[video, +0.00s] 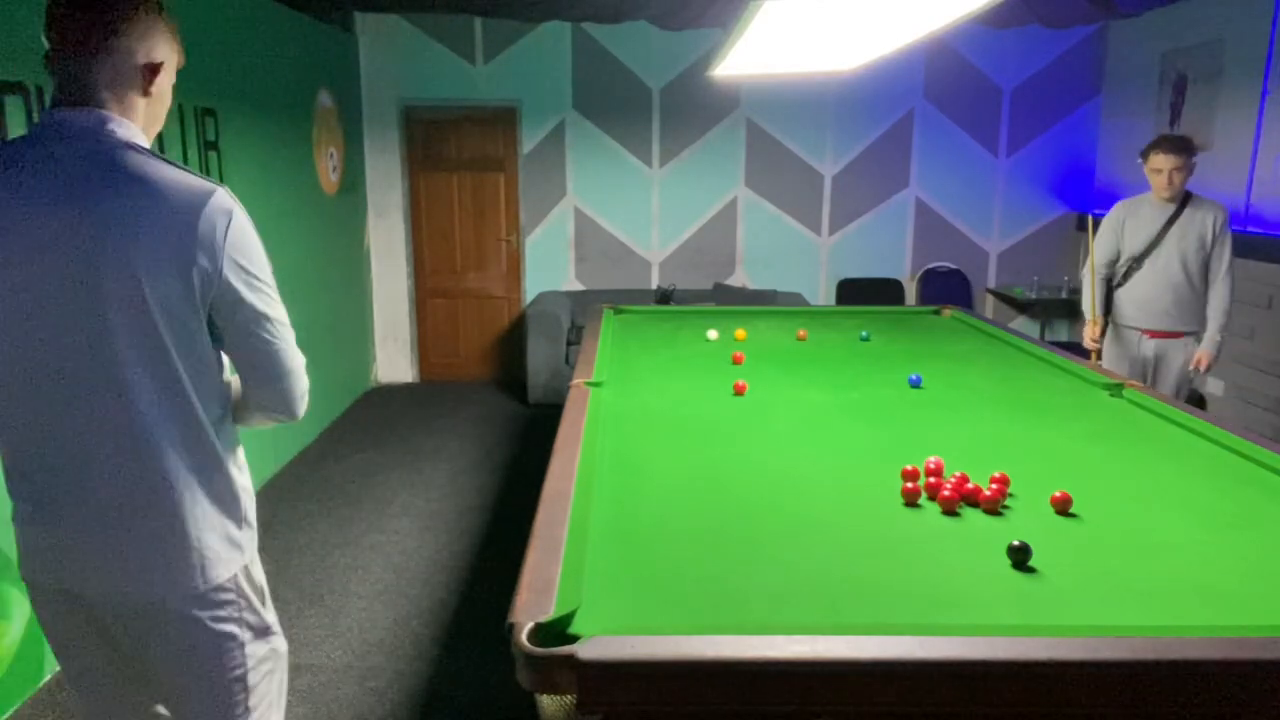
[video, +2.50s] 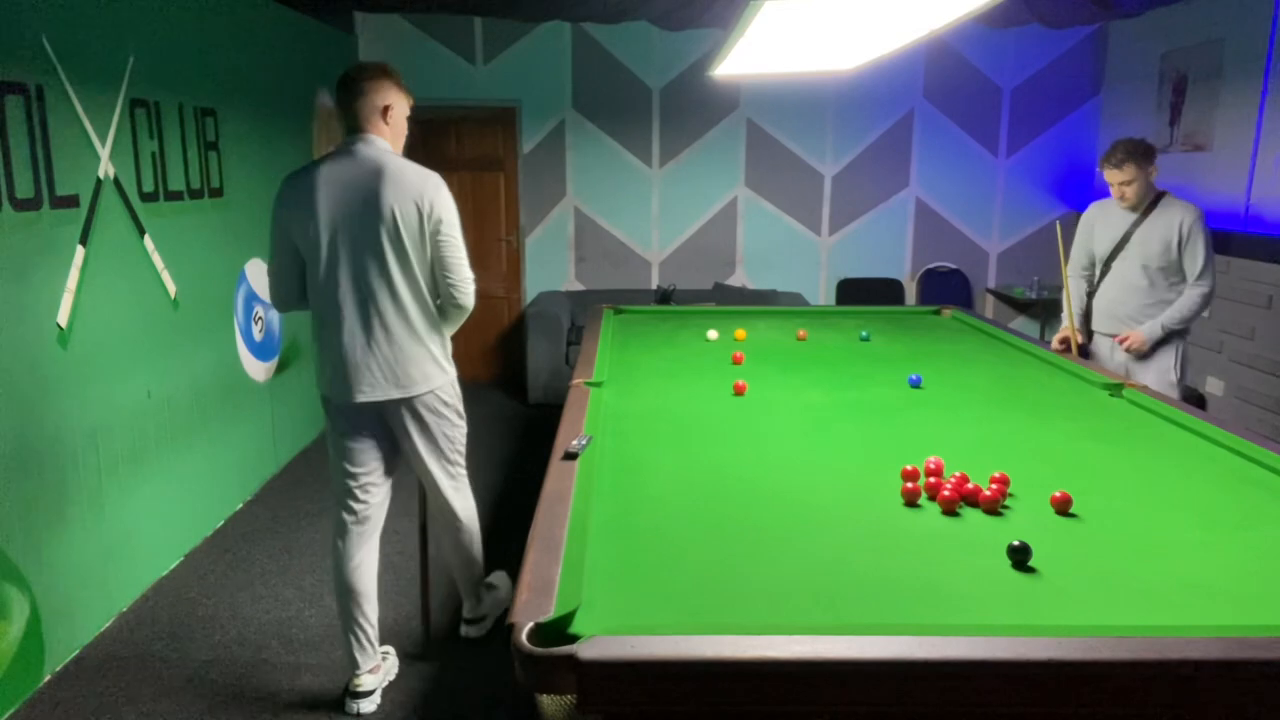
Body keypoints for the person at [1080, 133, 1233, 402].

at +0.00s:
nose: (1167, 180)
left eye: (1175, 171)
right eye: (1157, 171)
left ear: (1190, 170)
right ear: (1145, 171)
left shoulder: (1212, 217)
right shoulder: (1122, 213)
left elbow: (1220, 284)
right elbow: (1095, 269)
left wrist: (1210, 342)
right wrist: (1093, 318)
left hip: (1178, 348)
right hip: (1122, 342)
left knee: (1162, 434)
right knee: (1111, 430)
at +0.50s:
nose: (1145, 177)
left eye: (1154, 168)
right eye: (1136, 169)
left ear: (1168, 169)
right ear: (1123, 170)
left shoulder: (1190, 217)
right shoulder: (1099, 215)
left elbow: (1202, 283)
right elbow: (1073, 274)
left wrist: (1191, 335)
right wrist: (1078, 323)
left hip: (1166, 348)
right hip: (1106, 346)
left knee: (1166, 436)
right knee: (1100, 434)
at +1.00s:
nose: (1154, 187)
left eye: (1165, 178)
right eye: (1149, 178)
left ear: (1192, 172)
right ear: (1144, 172)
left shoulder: (1217, 222)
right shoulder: (1131, 212)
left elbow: (1228, 297)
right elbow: (1106, 274)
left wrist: (1174, 340)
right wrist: (1088, 328)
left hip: (1173, 361)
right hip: (1120, 351)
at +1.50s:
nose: (1160, 190)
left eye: (1170, 181)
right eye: (1158, 181)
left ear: (1201, 174)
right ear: (1155, 176)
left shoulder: (1227, 224)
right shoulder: (1153, 213)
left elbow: (1233, 302)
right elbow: (1127, 276)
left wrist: (1172, 343)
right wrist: (1094, 329)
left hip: (1182, 366)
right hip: (1131, 352)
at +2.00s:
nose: (1130, 189)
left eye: (1137, 180)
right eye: (1127, 181)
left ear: (1167, 170)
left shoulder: (1198, 219)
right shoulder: (1124, 212)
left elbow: (1201, 294)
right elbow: (1103, 272)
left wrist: (1135, 328)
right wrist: (1081, 325)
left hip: (1160, 358)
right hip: (1110, 348)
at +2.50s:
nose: (1117, 194)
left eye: (1127, 184)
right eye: (1110, 185)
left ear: (1151, 173)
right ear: (1105, 179)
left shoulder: (1184, 218)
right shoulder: (1094, 215)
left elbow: (1200, 288)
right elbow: (1077, 275)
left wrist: (1151, 332)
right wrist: (1071, 325)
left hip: (1156, 357)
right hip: (1099, 350)